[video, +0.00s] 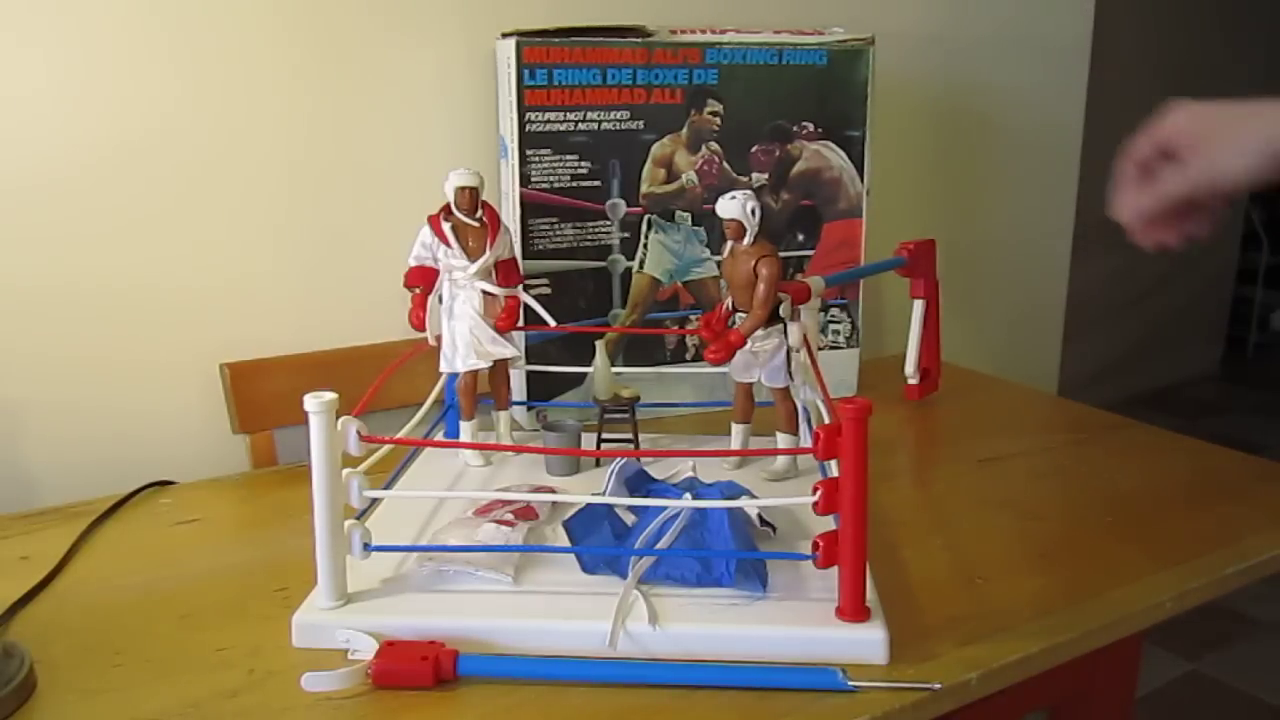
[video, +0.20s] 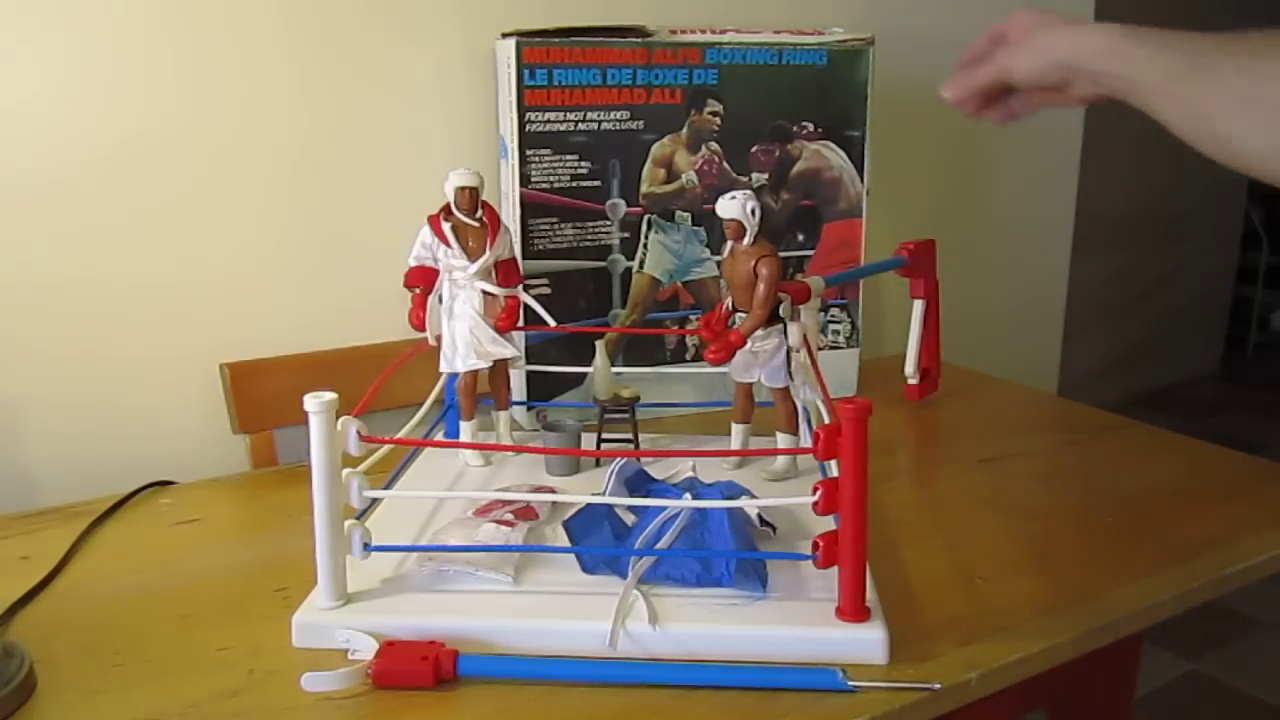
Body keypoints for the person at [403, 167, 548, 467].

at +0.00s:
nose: (467, 198)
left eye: (472, 191)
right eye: (461, 191)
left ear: (480, 194)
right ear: (451, 195)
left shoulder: (496, 227)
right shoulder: (436, 229)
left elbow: (508, 268)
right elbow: (422, 267)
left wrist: (512, 303)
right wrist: (419, 302)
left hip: (492, 302)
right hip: (458, 303)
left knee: (500, 363)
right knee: (469, 369)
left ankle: (504, 432)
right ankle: (469, 440)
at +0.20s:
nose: (467, 198)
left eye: (472, 191)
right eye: (461, 192)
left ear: (480, 195)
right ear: (451, 196)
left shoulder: (496, 228)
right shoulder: (436, 230)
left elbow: (508, 269)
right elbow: (421, 267)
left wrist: (511, 305)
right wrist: (419, 303)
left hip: (492, 302)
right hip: (458, 303)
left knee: (500, 363)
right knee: (469, 369)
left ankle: (504, 431)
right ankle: (468, 440)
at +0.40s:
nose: (467, 198)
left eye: (472, 191)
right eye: (461, 192)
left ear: (479, 194)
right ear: (450, 195)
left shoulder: (495, 227)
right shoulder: (435, 229)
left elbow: (508, 269)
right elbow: (421, 271)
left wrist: (510, 305)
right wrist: (420, 309)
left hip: (492, 302)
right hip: (458, 304)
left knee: (500, 363)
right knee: (468, 369)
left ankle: (505, 430)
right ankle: (468, 440)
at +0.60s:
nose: (467, 198)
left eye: (472, 191)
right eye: (461, 191)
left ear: (479, 194)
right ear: (450, 195)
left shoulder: (495, 228)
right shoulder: (435, 229)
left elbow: (508, 270)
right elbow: (421, 272)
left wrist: (511, 307)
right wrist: (421, 311)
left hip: (492, 303)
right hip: (458, 304)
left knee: (500, 363)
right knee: (468, 369)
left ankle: (505, 431)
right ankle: (468, 440)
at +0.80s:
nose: (467, 197)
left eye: (472, 191)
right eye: (461, 192)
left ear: (479, 194)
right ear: (451, 195)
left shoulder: (495, 227)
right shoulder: (435, 229)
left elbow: (508, 269)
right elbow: (421, 271)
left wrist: (510, 305)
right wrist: (421, 309)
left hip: (492, 302)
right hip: (457, 304)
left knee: (500, 363)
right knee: (468, 369)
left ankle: (504, 431)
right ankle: (468, 440)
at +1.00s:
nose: (467, 197)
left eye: (472, 191)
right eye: (461, 191)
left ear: (479, 194)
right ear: (451, 195)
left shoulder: (495, 227)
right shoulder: (435, 229)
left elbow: (508, 269)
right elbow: (421, 271)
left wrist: (510, 305)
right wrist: (421, 309)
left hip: (491, 302)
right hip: (456, 304)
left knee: (499, 364)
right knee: (468, 370)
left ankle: (504, 433)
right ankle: (468, 441)